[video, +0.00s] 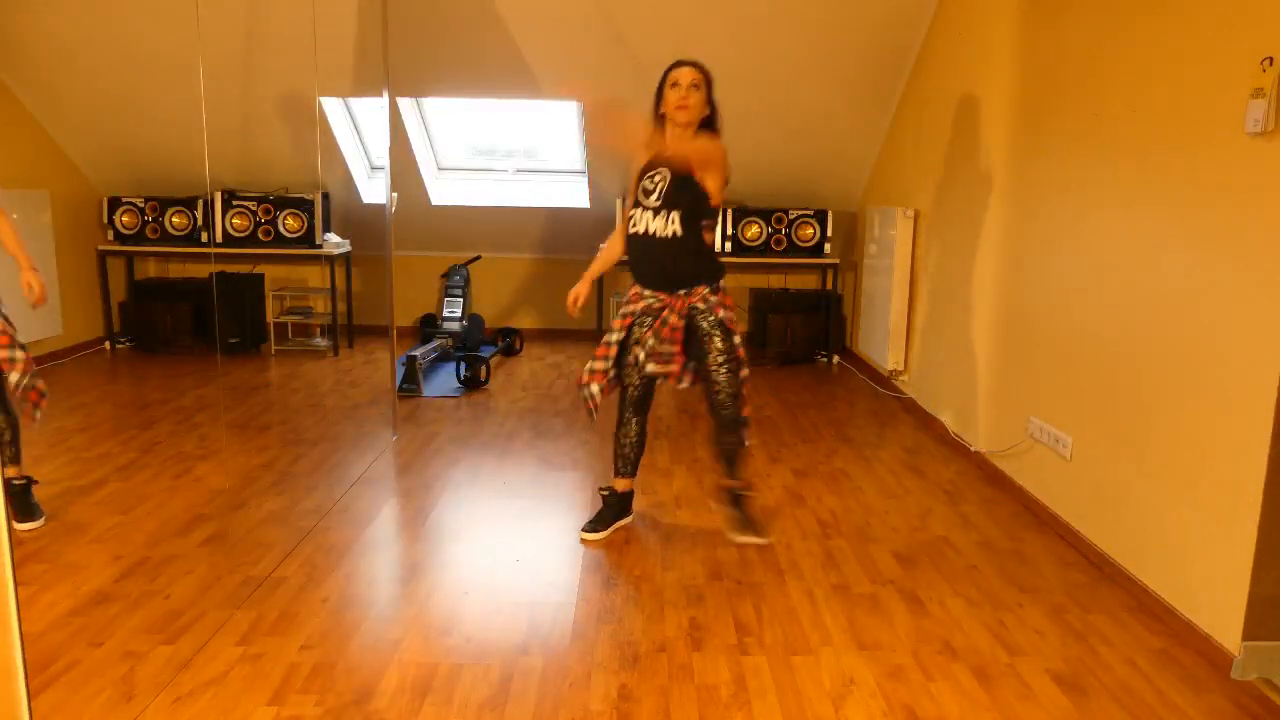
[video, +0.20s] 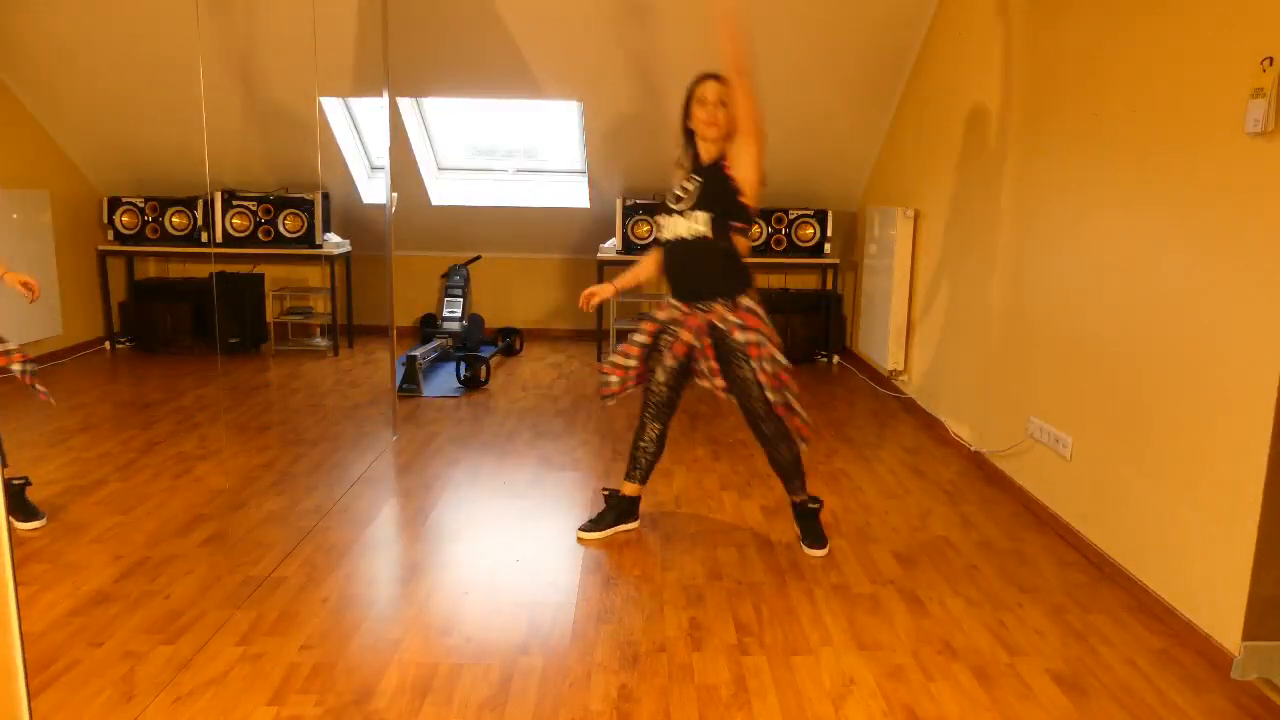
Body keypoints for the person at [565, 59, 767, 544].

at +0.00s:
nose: (683, 94)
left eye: (694, 88)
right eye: (675, 87)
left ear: (707, 102)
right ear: (660, 100)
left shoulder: (711, 152)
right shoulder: (647, 155)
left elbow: (691, 156)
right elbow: (625, 232)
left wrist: (622, 126)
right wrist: (588, 278)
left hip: (700, 295)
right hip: (646, 295)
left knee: (726, 393)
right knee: (633, 397)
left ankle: (737, 495)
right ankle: (620, 497)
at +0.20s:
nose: (709, 114)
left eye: (718, 105)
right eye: (700, 106)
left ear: (734, 115)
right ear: (687, 117)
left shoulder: (741, 172)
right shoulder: (685, 177)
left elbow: (741, 87)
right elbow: (664, 251)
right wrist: (615, 286)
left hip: (732, 309)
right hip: (683, 310)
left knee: (760, 414)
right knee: (657, 401)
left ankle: (804, 506)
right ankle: (626, 501)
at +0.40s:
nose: (738, 133)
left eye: (747, 124)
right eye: (727, 125)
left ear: (762, 133)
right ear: (714, 136)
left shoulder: (783, 169)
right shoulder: (707, 203)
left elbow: (842, 122)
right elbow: (682, 262)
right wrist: (633, 300)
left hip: (803, 318)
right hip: (742, 320)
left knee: (814, 427)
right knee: (695, 409)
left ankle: (807, 508)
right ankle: (656, 482)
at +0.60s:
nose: (754, 138)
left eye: (763, 128)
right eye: (743, 130)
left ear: (776, 137)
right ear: (729, 142)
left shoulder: (796, 189)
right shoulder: (725, 206)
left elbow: (836, 219)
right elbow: (701, 276)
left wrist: (874, 240)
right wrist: (674, 338)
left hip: (819, 325)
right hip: (769, 336)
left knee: (832, 430)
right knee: (810, 436)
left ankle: (809, 510)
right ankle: (782, 499)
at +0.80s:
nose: (757, 107)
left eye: (764, 97)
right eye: (745, 101)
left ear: (778, 106)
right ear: (732, 117)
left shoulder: (791, 169)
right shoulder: (743, 169)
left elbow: (802, 226)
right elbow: (784, 193)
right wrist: (840, 205)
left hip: (802, 298)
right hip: (759, 301)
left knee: (812, 393)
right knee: (757, 402)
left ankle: (802, 506)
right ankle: (722, 487)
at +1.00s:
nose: (748, 100)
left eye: (753, 90)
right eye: (735, 93)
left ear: (763, 101)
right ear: (716, 106)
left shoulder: (759, 160)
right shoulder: (726, 151)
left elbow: (731, 234)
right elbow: (751, 92)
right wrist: (780, 41)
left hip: (769, 306)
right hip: (735, 304)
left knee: (783, 406)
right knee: (686, 407)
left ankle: (795, 510)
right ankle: (620, 495)